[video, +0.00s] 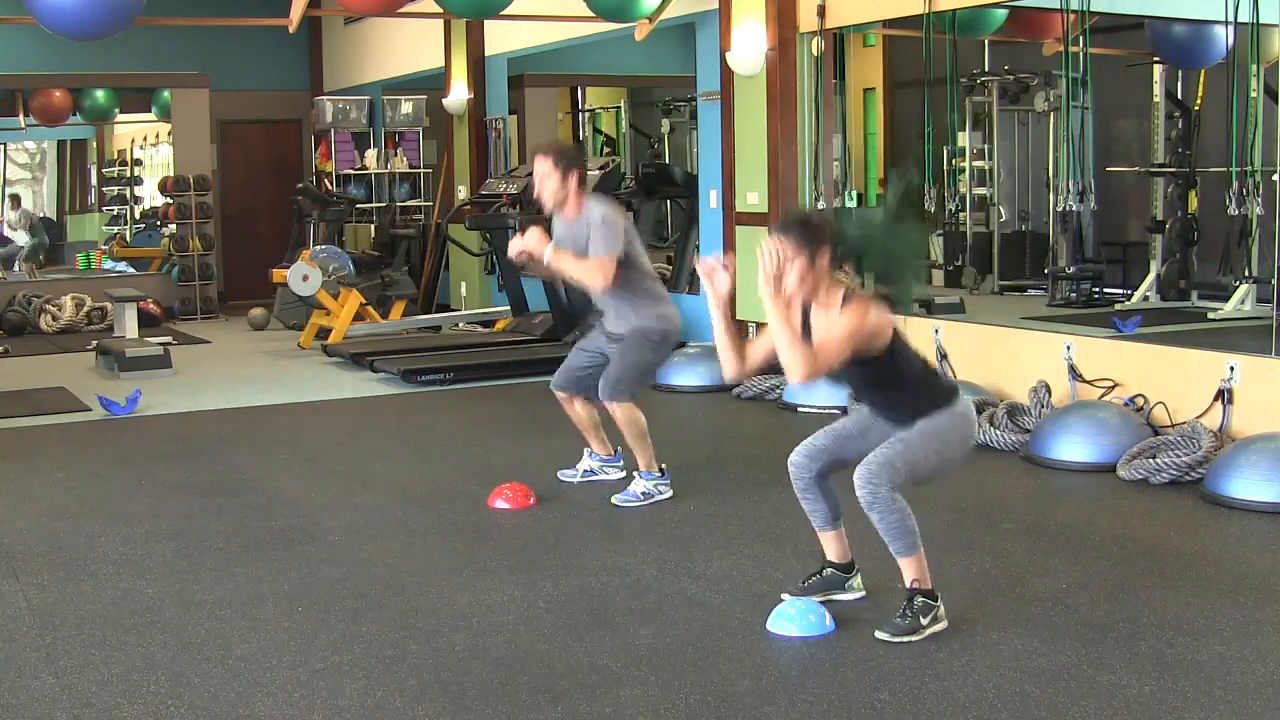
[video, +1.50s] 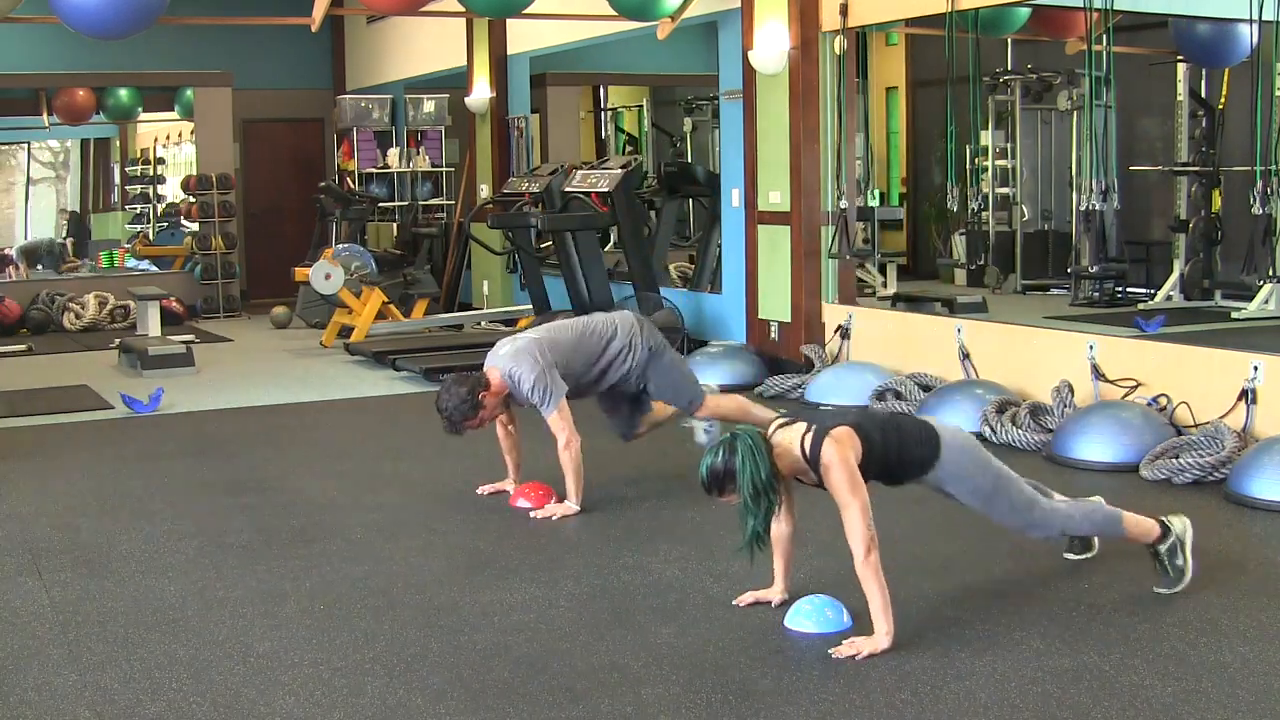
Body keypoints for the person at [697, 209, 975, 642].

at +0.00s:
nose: (778, 268)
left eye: (789, 257)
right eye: (775, 258)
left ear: (823, 258)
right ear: (773, 261)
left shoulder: (861, 309)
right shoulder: (801, 309)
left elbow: (802, 369)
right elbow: (737, 368)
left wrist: (773, 298)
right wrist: (720, 303)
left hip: (945, 418)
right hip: (887, 417)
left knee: (873, 478)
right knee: (804, 463)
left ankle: (924, 598)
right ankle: (842, 570)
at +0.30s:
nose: (743, 499)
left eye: (740, 490)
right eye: (734, 491)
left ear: (758, 469)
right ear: (754, 453)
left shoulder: (837, 453)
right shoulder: (785, 446)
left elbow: (872, 547)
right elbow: (790, 519)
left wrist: (884, 634)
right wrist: (780, 588)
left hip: (968, 445)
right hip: (934, 454)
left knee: (1064, 503)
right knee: (988, 508)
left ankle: (1174, 536)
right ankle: (1069, 515)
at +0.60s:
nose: (739, 502)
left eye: (737, 494)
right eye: (731, 496)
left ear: (754, 472)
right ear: (750, 456)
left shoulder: (835, 450)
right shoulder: (775, 443)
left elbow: (870, 546)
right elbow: (783, 519)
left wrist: (883, 632)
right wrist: (779, 588)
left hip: (948, 440)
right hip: (924, 441)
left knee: (1021, 538)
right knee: (1005, 495)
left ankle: (1148, 532)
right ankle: (1080, 514)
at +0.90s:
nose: (738, 508)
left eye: (736, 500)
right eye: (730, 503)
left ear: (754, 479)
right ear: (744, 460)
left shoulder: (837, 451)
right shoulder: (769, 438)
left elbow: (871, 544)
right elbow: (775, 514)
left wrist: (883, 634)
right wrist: (779, 585)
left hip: (919, 447)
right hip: (917, 416)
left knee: (845, 551)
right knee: (984, 489)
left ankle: (979, 536)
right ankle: (1067, 519)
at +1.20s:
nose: (731, 510)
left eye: (729, 502)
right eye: (722, 505)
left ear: (745, 482)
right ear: (734, 463)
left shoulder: (828, 450)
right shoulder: (760, 442)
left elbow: (863, 547)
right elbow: (773, 517)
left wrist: (882, 634)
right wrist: (780, 587)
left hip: (920, 443)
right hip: (910, 417)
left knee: (899, 573)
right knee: (977, 490)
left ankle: (1026, 531)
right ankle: (1060, 513)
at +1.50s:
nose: (740, 502)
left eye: (736, 495)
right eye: (732, 497)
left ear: (749, 473)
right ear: (743, 458)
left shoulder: (830, 452)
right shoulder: (769, 445)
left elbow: (866, 549)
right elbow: (780, 517)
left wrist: (883, 633)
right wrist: (779, 587)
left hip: (942, 451)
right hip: (918, 446)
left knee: (1042, 513)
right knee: (1012, 496)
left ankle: (1162, 532)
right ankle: (1077, 526)